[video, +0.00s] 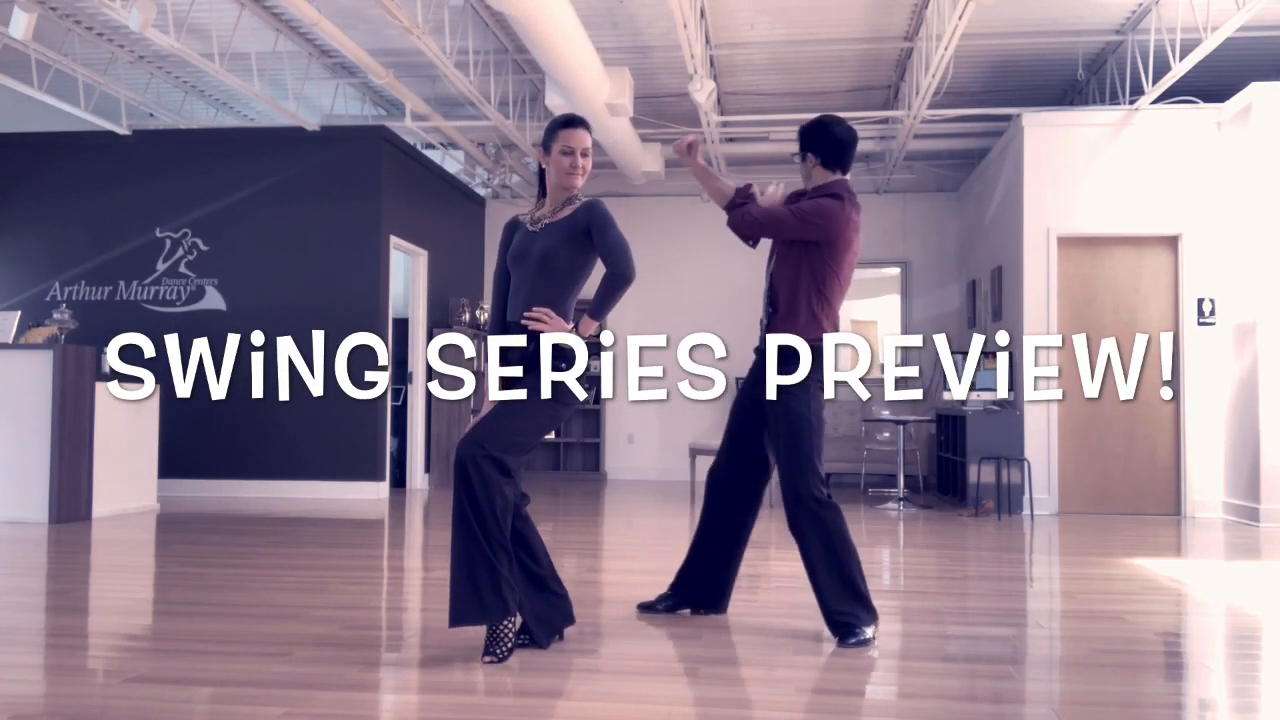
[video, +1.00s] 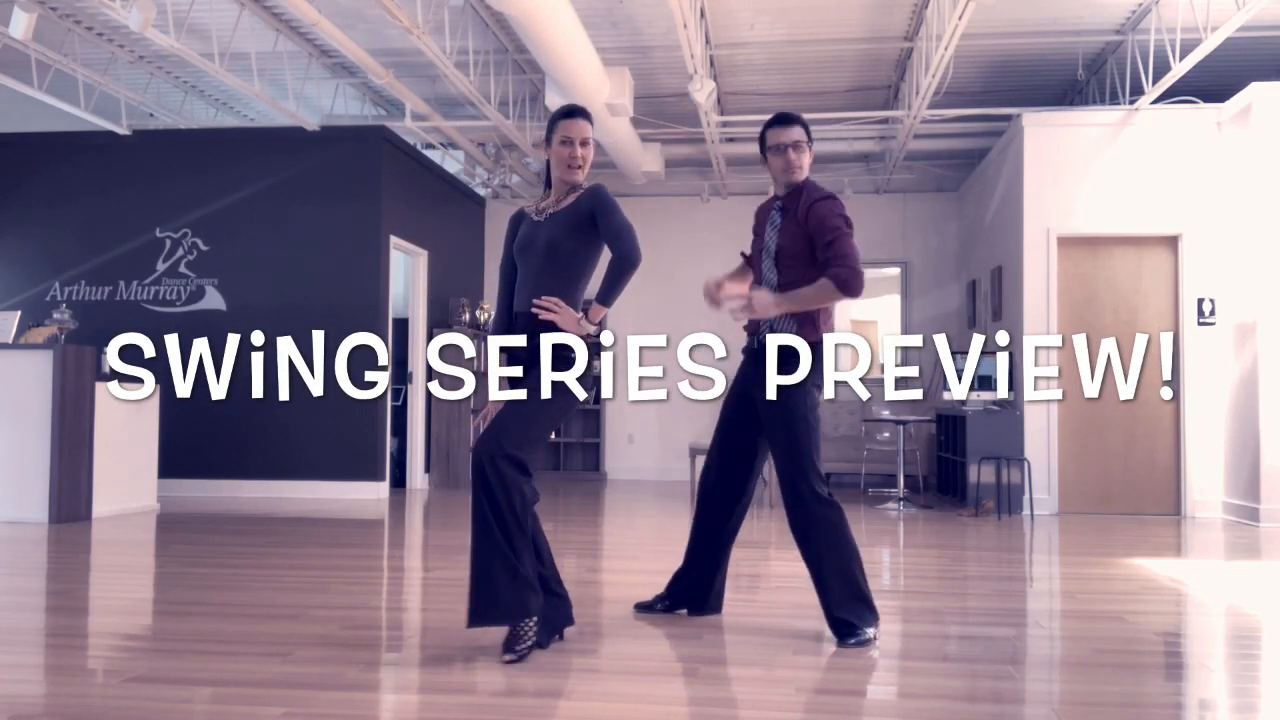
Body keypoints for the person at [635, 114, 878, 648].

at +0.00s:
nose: (797, 164)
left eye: (800, 156)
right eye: (799, 156)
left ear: (811, 159)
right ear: (841, 159)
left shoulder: (831, 208)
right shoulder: (818, 204)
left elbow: (751, 221)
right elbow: (750, 223)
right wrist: (699, 168)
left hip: (798, 363)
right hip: (775, 360)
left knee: (805, 491)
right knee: (732, 480)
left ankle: (854, 618)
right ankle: (699, 592)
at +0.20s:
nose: (794, 155)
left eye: (798, 148)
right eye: (798, 148)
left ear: (809, 154)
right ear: (841, 158)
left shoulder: (827, 211)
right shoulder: (817, 200)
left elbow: (743, 219)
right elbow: (742, 187)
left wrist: (768, 192)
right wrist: (704, 135)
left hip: (798, 359)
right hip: (772, 357)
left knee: (810, 489)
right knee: (732, 476)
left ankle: (854, 618)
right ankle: (700, 590)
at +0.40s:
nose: (791, 158)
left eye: (794, 151)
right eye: (794, 152)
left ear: (804, 156)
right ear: (837, 158)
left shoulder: (828, 213)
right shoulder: (811, 200)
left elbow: (741, 241)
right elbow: (735, 186)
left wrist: (761, 211)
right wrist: (691, 138)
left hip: (796, 360)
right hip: (770, 357)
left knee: (805, 490)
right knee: (730, 476)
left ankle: (854, 618)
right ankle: (699, 590)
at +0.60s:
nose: (782, 168)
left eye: (785, 160)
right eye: (783, 162)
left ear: (800, 159)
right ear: (821, 158)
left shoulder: (827, 208)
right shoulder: (800, 203)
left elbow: (760, 271)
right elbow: (748, 186)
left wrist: (753, 251)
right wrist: (701, 144)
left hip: (794, 361)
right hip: (769, 358)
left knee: (802, 493)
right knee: (730, 479)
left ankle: (854, 619)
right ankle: (698, 592)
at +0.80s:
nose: (778, 183)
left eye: (786, 171)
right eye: (770, 177)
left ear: (809, 164)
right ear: (765, 180)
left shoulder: (830, 215)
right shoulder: (786, 215)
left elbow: (787, 292)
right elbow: (740, 237)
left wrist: (766, 256)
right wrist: (713, 198)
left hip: (793, 365)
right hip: (762, 362)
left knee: (799, 491)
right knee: (722, 477)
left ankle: (854, 618)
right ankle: (696, 592)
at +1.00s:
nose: (790, 156)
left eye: (798, 147)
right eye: (778, 149)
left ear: (811, 153)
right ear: (764, 158)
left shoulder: (823, 208)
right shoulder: (767, 211)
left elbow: (848, 280)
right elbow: (756, 265)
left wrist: (779, 302)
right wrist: (729, 283)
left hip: (795, 356)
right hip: (759, 355)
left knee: (805, 488)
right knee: (725, 475)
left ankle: (855, 617)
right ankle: (696, 591)